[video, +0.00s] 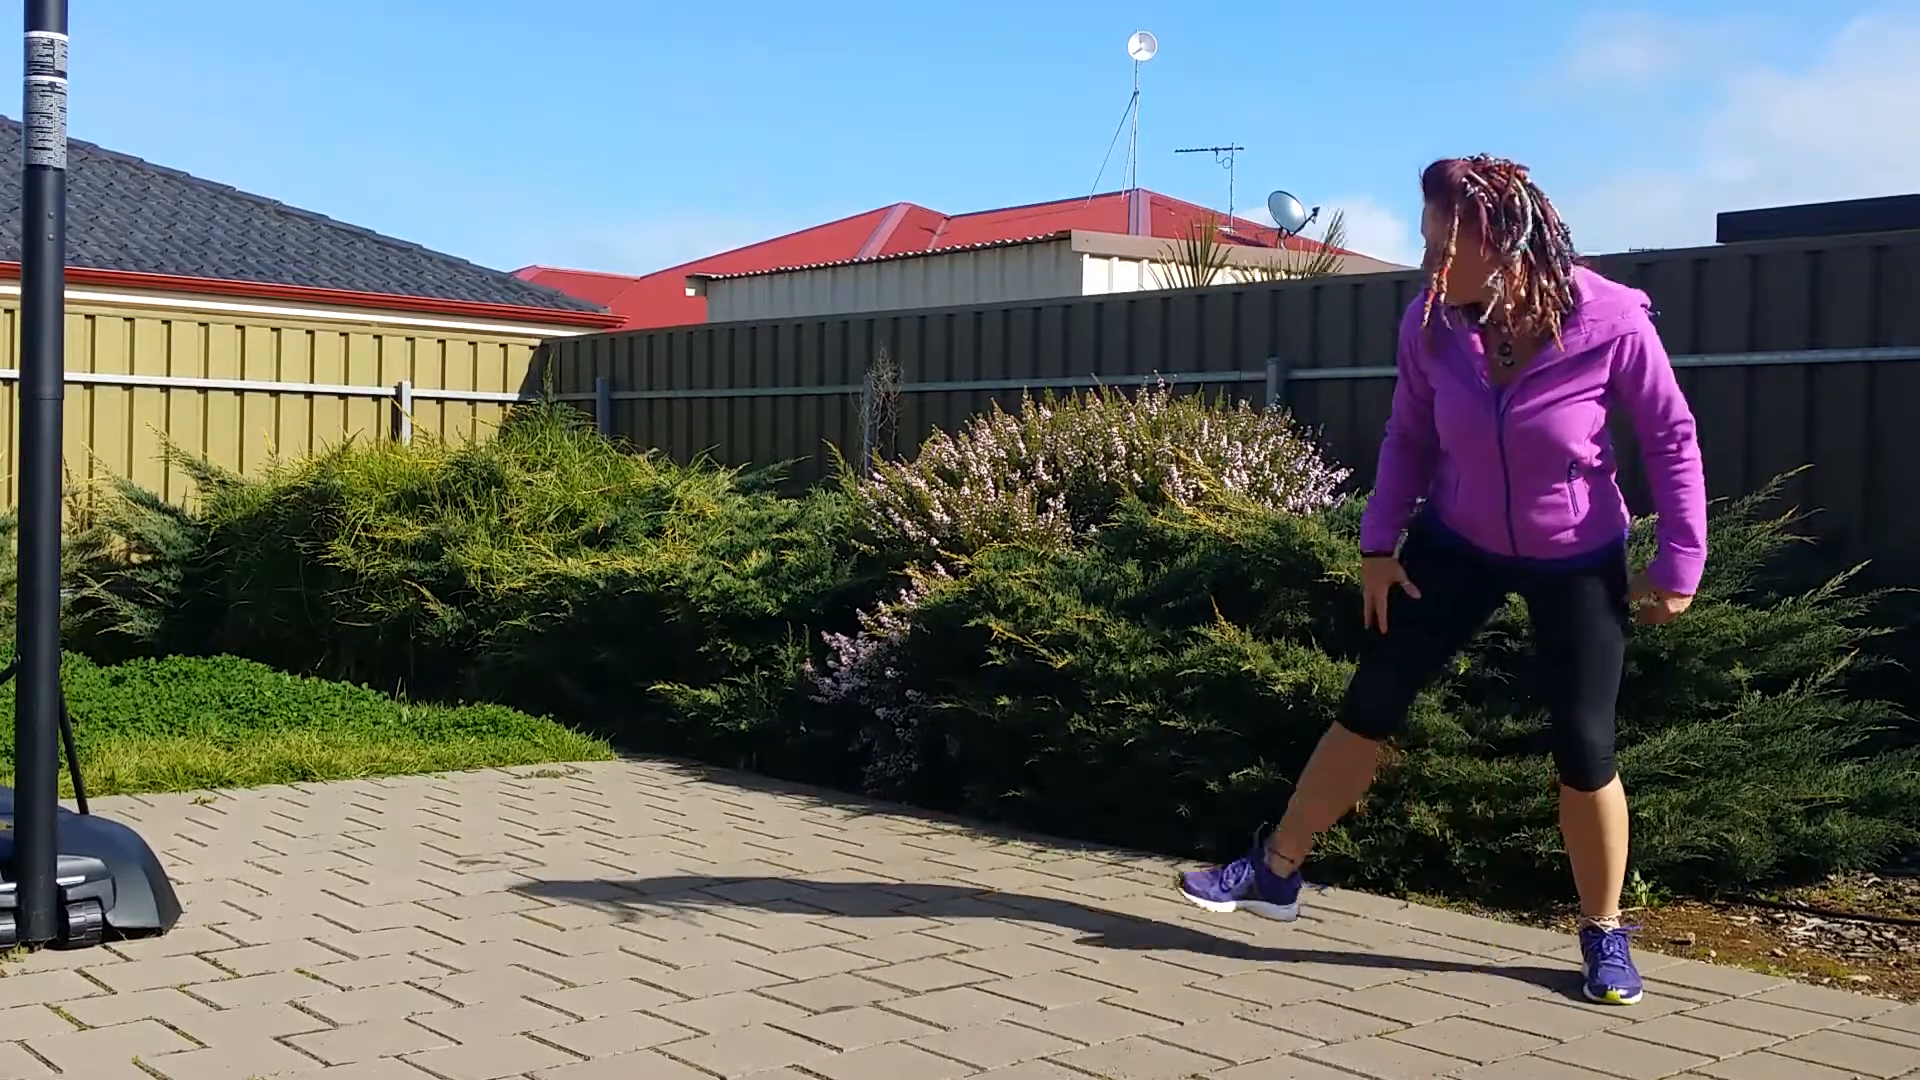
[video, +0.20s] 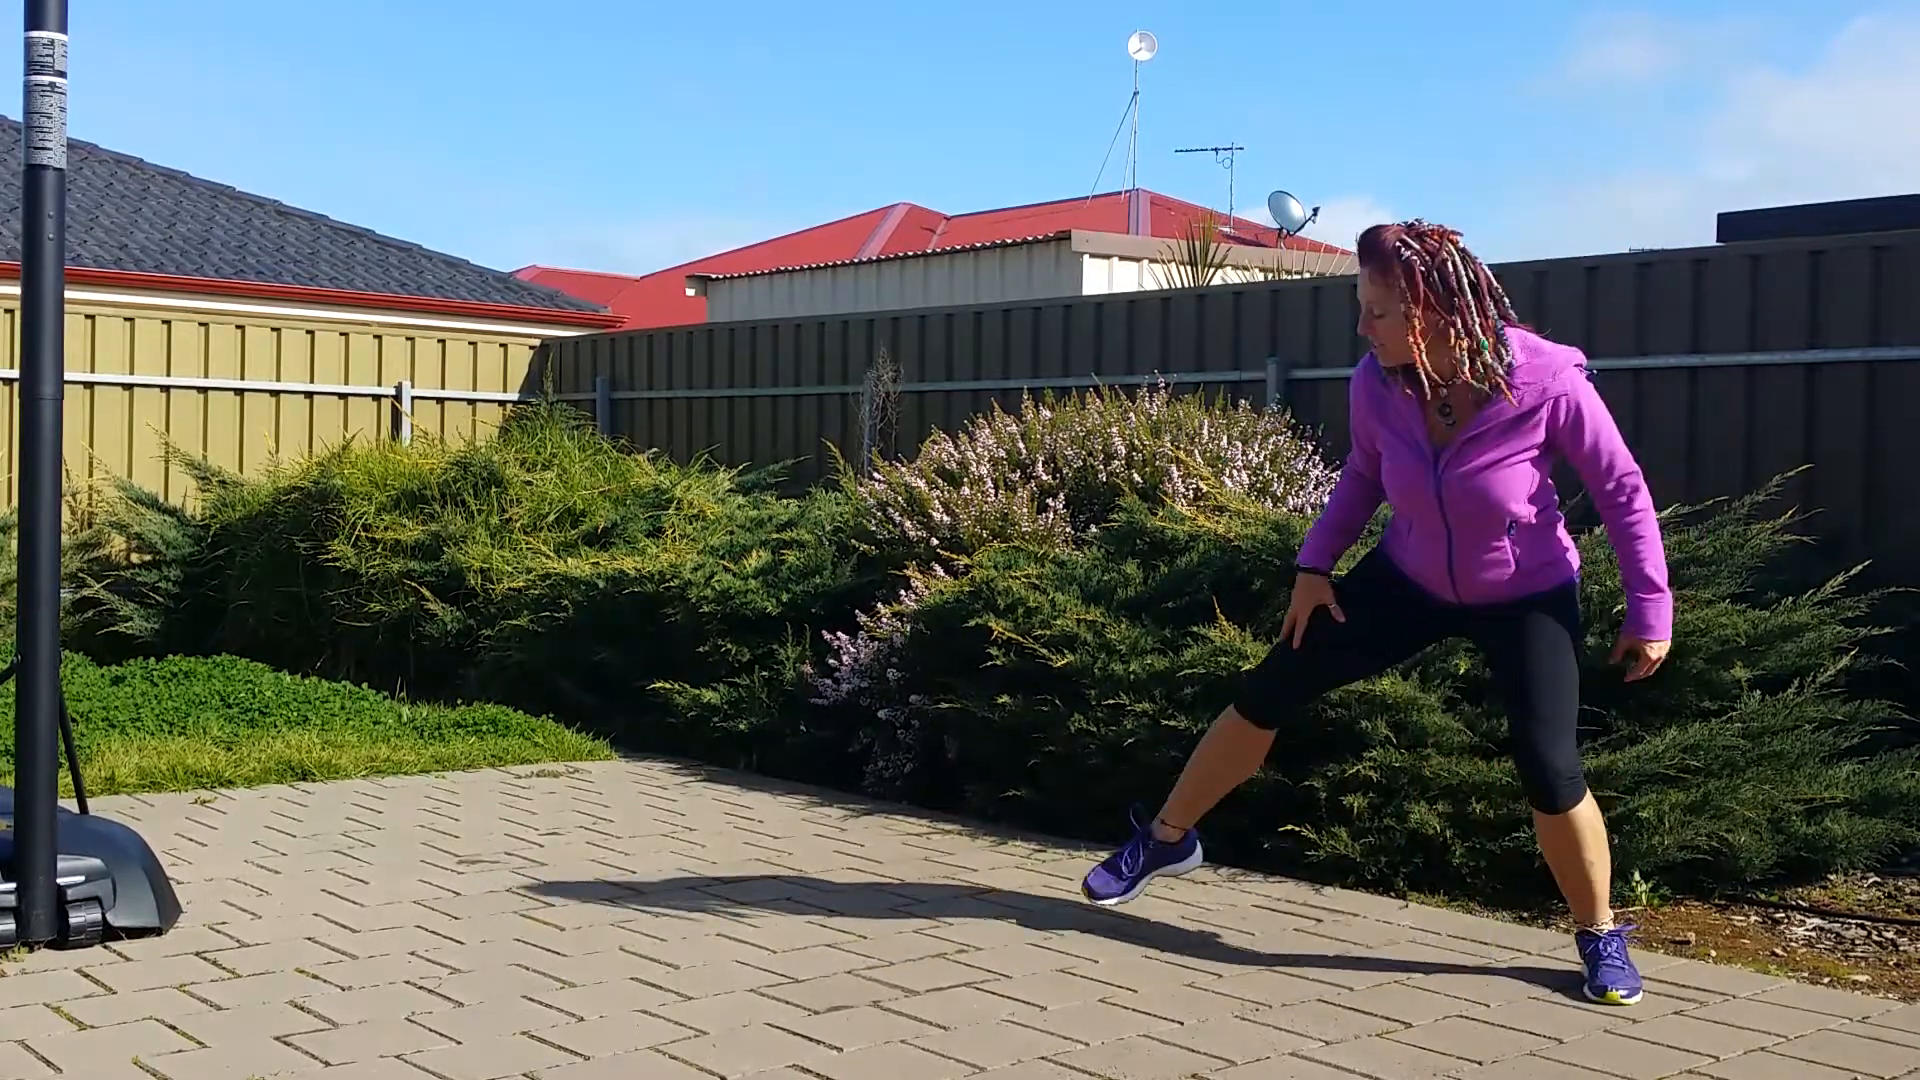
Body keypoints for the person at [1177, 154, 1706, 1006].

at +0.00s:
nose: (1431, 259)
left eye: (1441, 242)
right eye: (1429, 242)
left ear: (1498, 238)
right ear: (1456, 237)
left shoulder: (1614, 317)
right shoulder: (1431, 317)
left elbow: (1671, 435)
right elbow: (1407, 436)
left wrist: (1681, 554)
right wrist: (1379, 541)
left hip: (1576, 556)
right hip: (1456, 544)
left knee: (1586, 749)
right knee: (1370, 704)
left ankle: (1605, 938)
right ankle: (1274, 868)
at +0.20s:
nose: (1364, 326)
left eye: (1376, 311)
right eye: (1363, 310)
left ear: (1434, 310)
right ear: (1393, 312)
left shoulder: (1548, 377)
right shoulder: (1375, 382)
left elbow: (1621, 490)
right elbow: (1361, 477)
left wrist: (1650, 607)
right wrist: (1314, 562)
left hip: (1526, 593)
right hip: (1410, 578)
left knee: (1551, 769)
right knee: (1278, 680)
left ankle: (1601, 935)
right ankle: (1162, 836)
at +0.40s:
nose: (1229, 326)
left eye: (1241, 312)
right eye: (1229, 311)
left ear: (1296, 313)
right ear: (1259, 313)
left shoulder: (1396, 379)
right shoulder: (1236, 380)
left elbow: (1470, 485)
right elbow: (1231, 468)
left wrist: (1509, 594)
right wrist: (1203, 557)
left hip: (1388, 590)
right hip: (1279, 586)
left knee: (1461, 748)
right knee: (1176, 706)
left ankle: (1578, 923)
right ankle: (1189, 878)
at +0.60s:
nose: (1124, 277)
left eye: (1134, 264)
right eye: (1124, 264)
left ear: (1180, 267)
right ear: (1147, 267)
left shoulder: (1289, 340)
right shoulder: (1135, 336)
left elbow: (1355, 437)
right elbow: (1124, 426)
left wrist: (1396, 535)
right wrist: (1103, 511)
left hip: (1275, 539)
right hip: (1175, 533)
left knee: (1272, 690)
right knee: (1107, 671)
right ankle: (1143, 841)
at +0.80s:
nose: (1050, 303)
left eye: (1064, 293)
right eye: (1053, 291)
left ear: (1110, 303)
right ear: (1085, 303)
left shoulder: (1198, 379)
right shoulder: (1066, 364)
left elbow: (1278, 481)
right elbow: (1067, 450)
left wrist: (1332, 574)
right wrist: (1025, 532)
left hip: (1184, 569)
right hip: (1091, 556)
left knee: (1174, 728)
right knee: (986, 669)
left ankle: (1183, 882)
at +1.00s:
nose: (944, 318)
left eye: (959, 307)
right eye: (944, 304)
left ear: (1005, 311)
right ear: (951, 303)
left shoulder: (1073, 384)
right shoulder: (951, 376)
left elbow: (1144, 486)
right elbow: (954, 465)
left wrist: (1171, 582)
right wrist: (917, 542)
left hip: (1069, 573)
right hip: (979, 567)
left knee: (1102, 712)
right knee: (879, 678)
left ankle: (1172, 873)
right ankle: (864, 813)